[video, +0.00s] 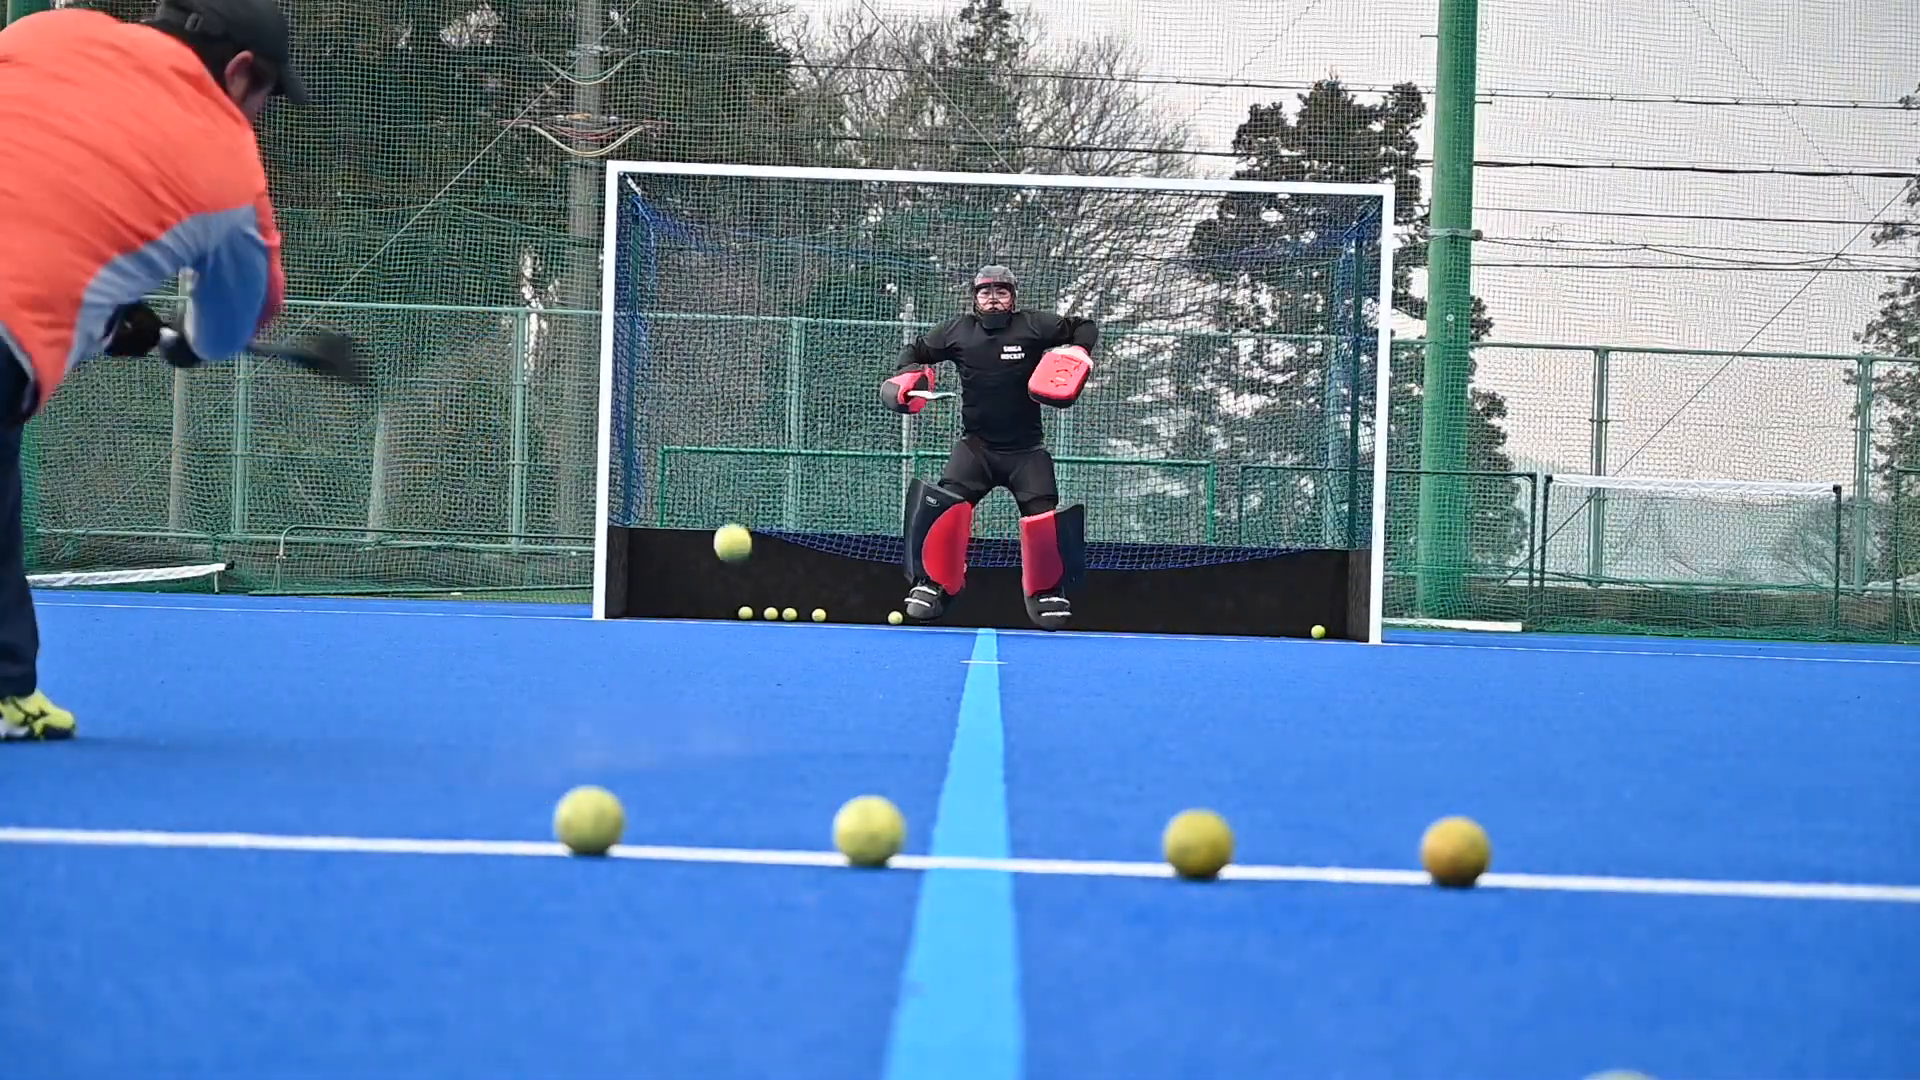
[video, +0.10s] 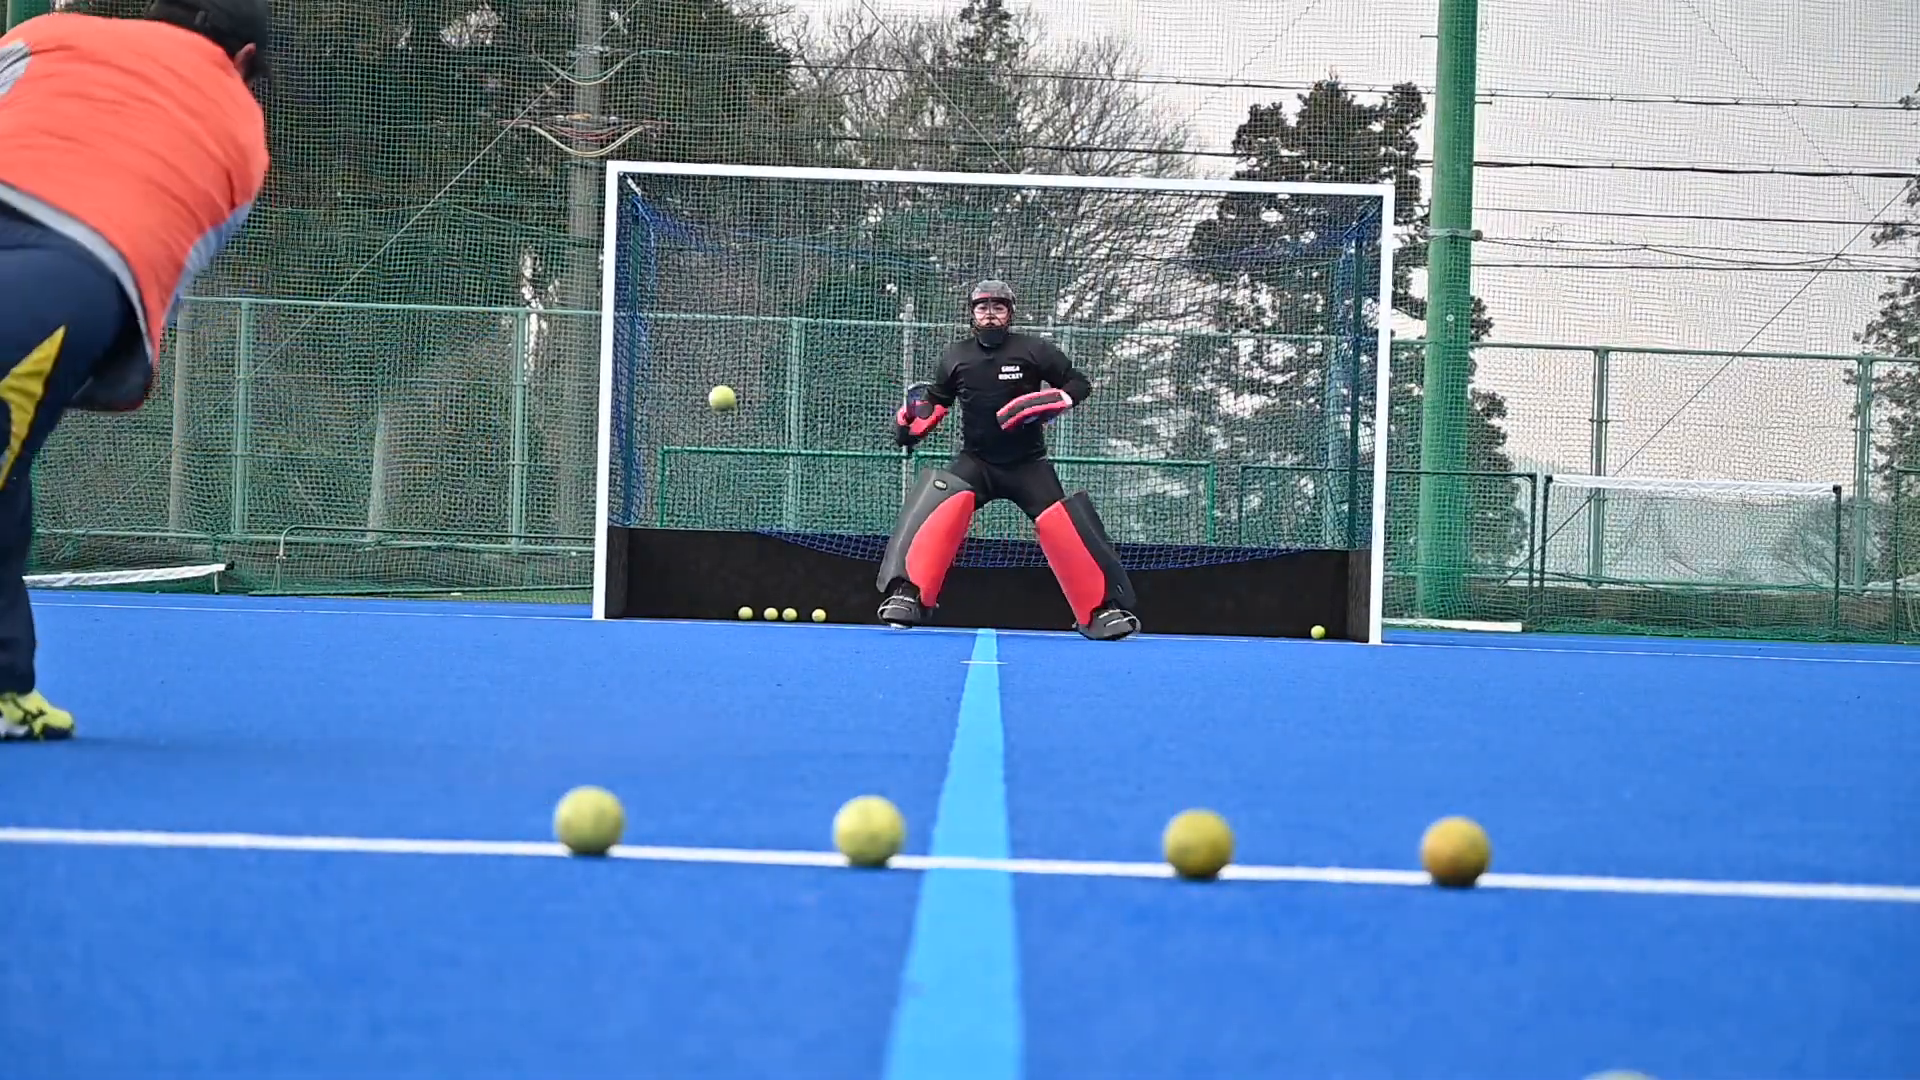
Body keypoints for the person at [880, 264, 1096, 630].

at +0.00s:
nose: (994, 298)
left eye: (1001, 291)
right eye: (986, 291)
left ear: (1013, 297)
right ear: (975, 297)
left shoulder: (1034, 325)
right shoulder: (957, 332)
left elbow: (1086, 328)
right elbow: (916, 352)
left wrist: (1076, 355)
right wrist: (905, 380)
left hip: (1026, 449)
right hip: (976, 447)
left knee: (1042, 515)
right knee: (945, 504)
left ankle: (1046, 594)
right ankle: (931, 587)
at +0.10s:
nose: (990, 314)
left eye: (998, 307)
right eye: (982, 307)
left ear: (1011, 313)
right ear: (971, 314)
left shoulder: (1036, 351)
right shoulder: (957, 357)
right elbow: (935, 399)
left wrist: (1056, 399)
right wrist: (911, 423)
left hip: (1028, 464)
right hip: (974, 463)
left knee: (1063, 526)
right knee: (939, 511)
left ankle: (1098, 612)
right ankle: (909, 596)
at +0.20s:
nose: (967, 333)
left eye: (976, 326)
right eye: (961, 327)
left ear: (992, 332)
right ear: (953, 333)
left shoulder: (1019, 372)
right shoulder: (945, 379)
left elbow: (1036, 418)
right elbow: (927, 430)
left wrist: (997, 403)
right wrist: (884, 428)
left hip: (1024, 486)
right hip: (971, 487)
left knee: (1066, 540)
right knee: (934, 504)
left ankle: (1110, 617)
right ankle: (909, 600)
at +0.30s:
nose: (914, 340)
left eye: (924, 333)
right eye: (911, 333)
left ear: (945, 340)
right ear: (907, 339)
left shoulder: (966, 370)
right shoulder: (899, 383)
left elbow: (990, 402)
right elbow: (860, 416)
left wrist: (944, 384)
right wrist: (818, 405)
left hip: (996, 477)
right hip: (947, 492)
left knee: (1044, 540)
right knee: (900, 517)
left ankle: (1109, 609)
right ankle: (924, 608)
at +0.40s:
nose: (867, 348)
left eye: (878, 343)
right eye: (863, 343)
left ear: (898, 345)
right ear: (857, 348)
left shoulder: (915, 373)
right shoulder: (843, 385)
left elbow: (952, 379)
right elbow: (785, 386)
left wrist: (905, 357)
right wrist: (733, 369)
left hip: (954, 470)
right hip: (907, 493)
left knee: (1005, 524)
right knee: (862, 522)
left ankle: (1087, 588)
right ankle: (922, 607)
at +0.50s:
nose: (828, 329)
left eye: (838, 322)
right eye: (824, 322)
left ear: (859, 322)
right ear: (817, 326)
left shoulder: (874, 352)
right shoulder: (811, 368)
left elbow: (919, 348)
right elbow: (780, 404)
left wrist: (866, 335)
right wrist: (731, 393)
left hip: (903, 452)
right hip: (862, 478)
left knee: (929, 505)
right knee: (838, 531)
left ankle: (1015, 577)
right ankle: (919, 605)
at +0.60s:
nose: (779, 303)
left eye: (786, 296)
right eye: (782, 297)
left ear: (805, 296)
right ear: (805, 296)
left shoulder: (830, 316)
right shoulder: (784, 344)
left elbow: (870, 330)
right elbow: (794, 404)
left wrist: (834, 351)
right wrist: (762, 435)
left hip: (845, 428)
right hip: (809, 447)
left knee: (847, 485)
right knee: (792, 525)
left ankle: (897, 575)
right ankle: (872, 593)